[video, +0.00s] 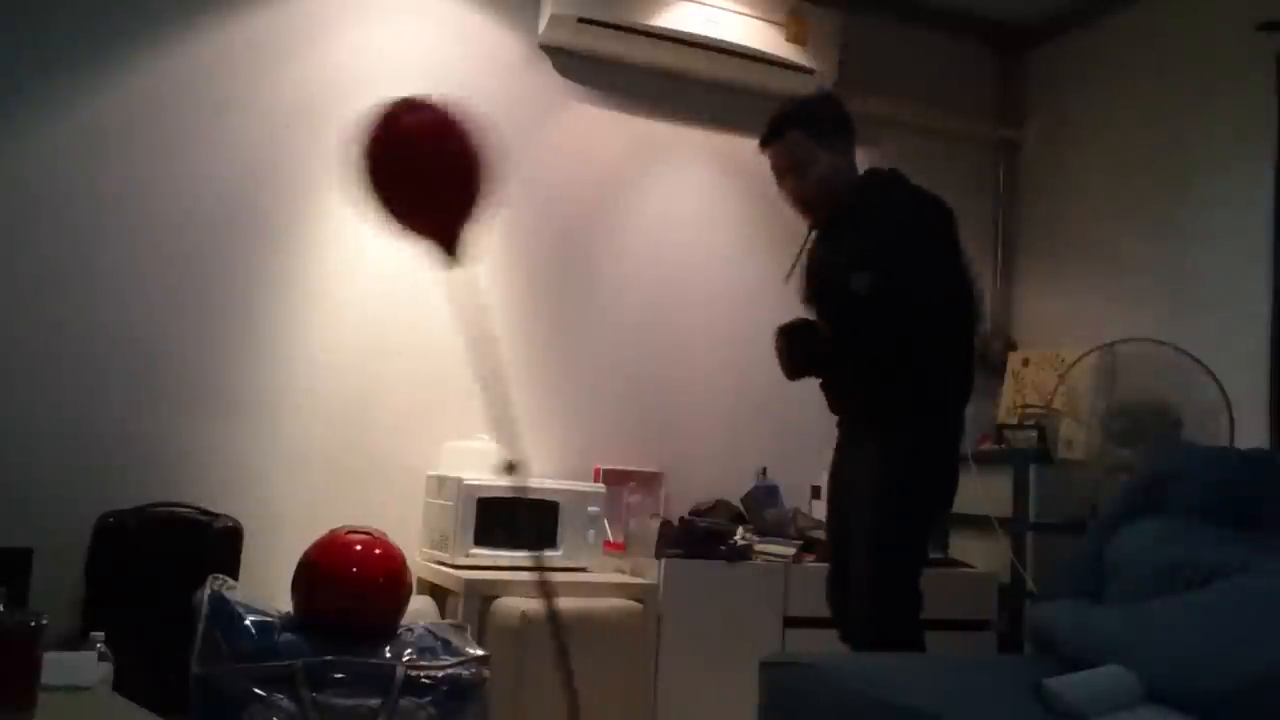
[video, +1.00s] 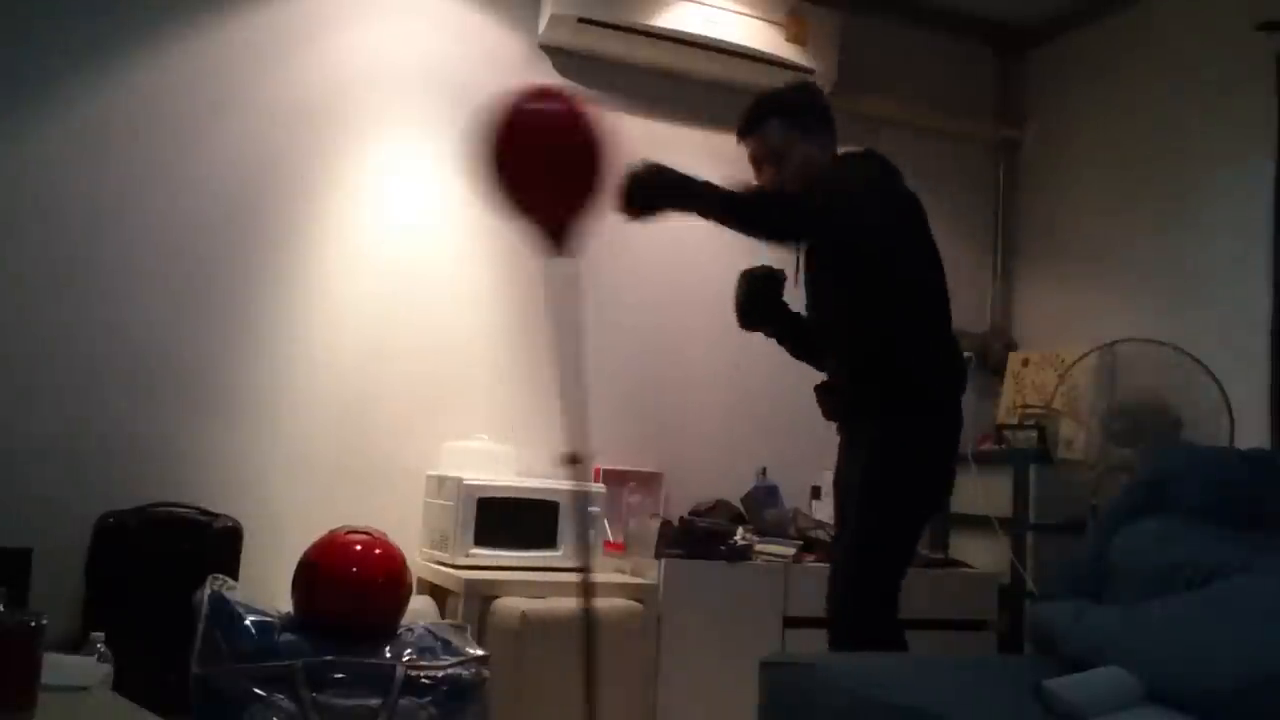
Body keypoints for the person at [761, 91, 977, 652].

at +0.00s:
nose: (789, 190)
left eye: (796, 170)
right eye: (780, 177)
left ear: (834, 155)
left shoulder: (899, 214)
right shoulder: (839, 234)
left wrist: (821, 346)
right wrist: (817, 344)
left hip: (908, 438)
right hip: (869, 435)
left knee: (881, 611)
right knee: (856, 608)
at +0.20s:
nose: (822, 152)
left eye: (837, 134)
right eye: (813, 138)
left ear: (877, 132)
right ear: (804, 140)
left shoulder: (931, 211)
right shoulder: (822, 213)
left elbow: (1014, 313)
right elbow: (803, 298)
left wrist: (949, 361)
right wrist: (798, 349)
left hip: (908, 428)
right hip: (842, 424)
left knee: (881, 606)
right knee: (847, 604)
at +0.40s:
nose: (842, 134)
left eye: (859, 117)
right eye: (834, 119)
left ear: (902, 123)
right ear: (824, 125)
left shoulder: (948, 216)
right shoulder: (832, 211)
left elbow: (998, 325)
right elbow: (795, 299)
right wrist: (797, 341)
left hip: (909, 419)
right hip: (840, 419)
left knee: (886, 603)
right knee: (842, 600)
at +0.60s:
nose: (823, 183)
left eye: (833, 165)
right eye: (813, 170)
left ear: (869, 153)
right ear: (808, 168)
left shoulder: (929, 220)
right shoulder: (833, 232)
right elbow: (794, 337)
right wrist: (789, 261)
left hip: (908, 430)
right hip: (848, 429)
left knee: (876, 606)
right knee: (844, 603)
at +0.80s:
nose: (784, 193)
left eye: (790, 176)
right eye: (775, 182)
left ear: (825, 158)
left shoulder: (895, 208)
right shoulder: (819, 233)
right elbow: (805, 348)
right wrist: (767, 277)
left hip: (905, 429)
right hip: (867, 427)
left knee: (866, 599)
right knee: (862, 598)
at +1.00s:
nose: (764, 179)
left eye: (771, 161)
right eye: (757, 166)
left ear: (809, 141)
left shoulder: (863, 181)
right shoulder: (837, 219)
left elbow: (778, 215)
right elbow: (839, 356)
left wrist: (676, 191)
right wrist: (773, 314)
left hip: (904, 425)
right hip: (881, 425)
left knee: (860, 609)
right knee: (859, 609)